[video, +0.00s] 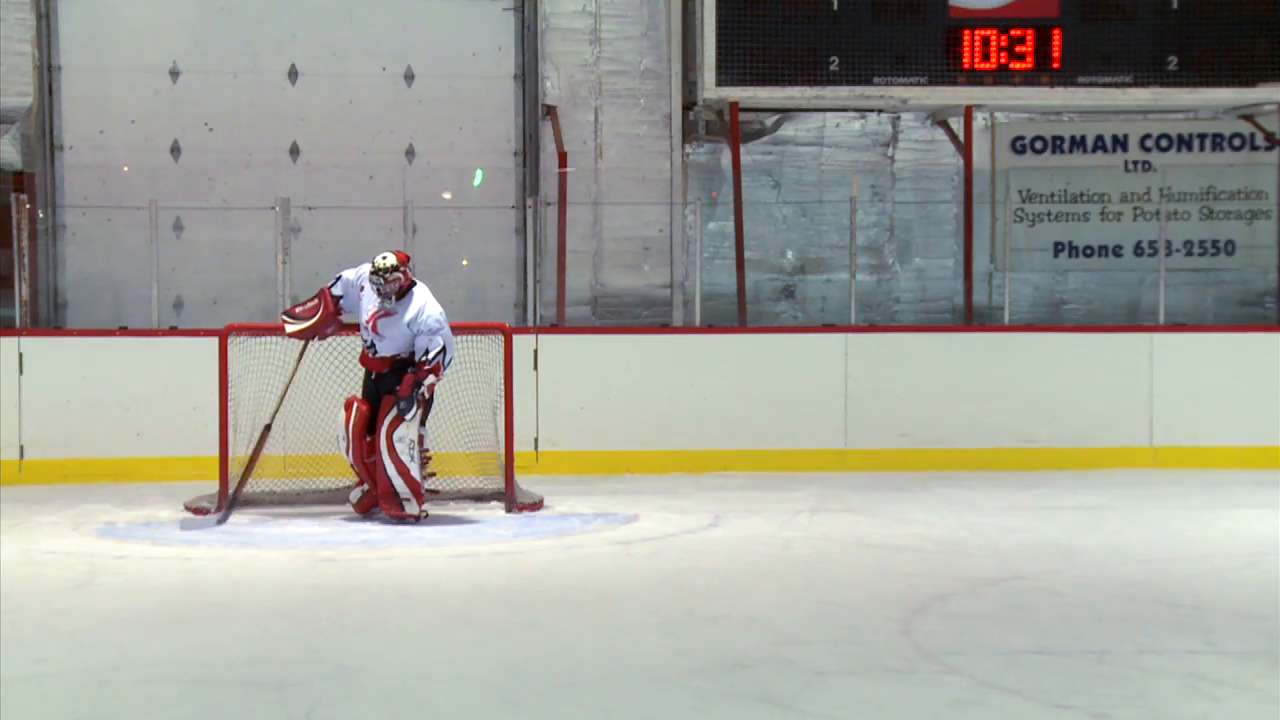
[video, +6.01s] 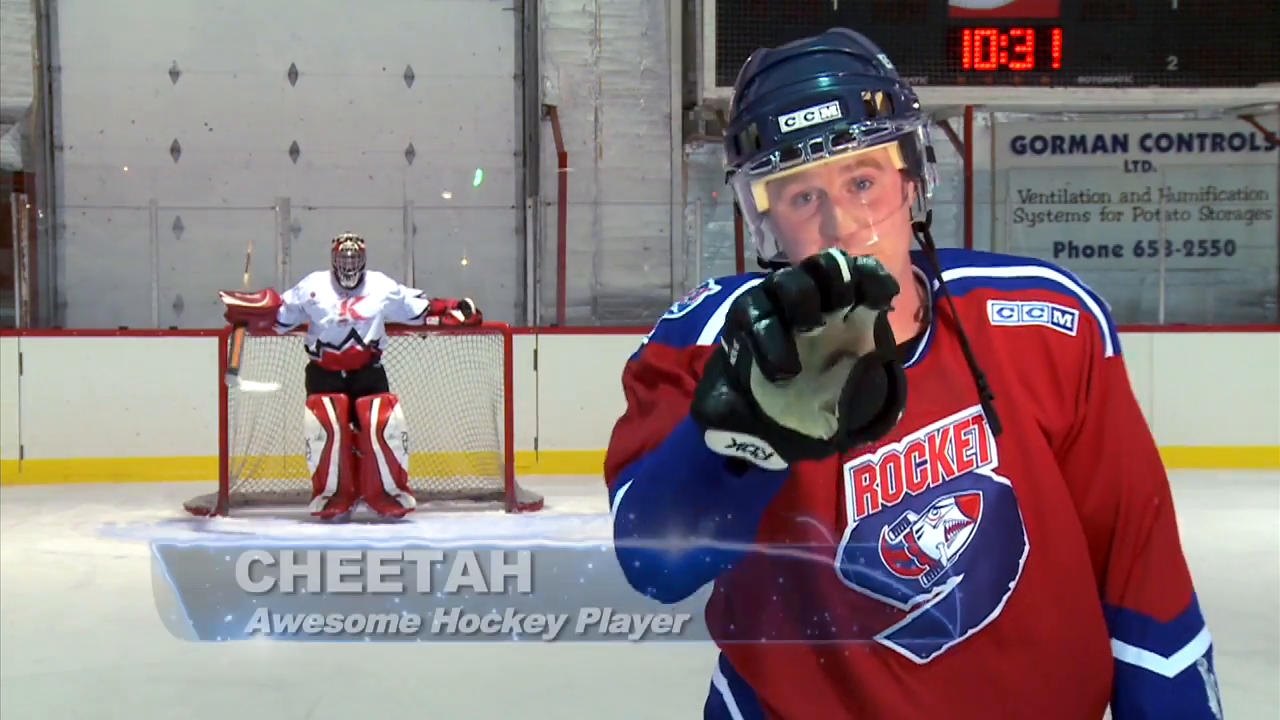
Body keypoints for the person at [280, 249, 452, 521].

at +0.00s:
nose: (387, 288)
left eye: (393, 281)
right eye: (381, 282)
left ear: (405, 277)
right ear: (374, 279)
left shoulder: (423, 307)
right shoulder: (367, 279)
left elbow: (435, 356)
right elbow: (340, 287)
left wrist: (413, 386)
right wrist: (318, 312)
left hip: (405, 375)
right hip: (374, 372)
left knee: (393, 437)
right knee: (365, 433)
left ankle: (404, 501)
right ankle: (373, 491)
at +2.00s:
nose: (403, 273)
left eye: (410, 267)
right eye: (399, 267)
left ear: (422, 269)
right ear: (391, 266)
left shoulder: (437, 306)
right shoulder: (371, 279)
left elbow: (451, 352)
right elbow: (336, 300)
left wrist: (442, 380)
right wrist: (308, 321)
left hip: (404, 379)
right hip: (367, 375)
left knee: (393, 436)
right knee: (351, 430)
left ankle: (399, 503)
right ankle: (351, 494)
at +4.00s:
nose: (344, 262)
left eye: (349, 256)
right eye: (338, 257)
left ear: (357, 257)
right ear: (328, 259)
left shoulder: (376, 285)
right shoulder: (313, 288)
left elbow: (407, 308)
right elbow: (293, 328)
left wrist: (443, 305)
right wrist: (306, 347)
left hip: (369, 374)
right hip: (330, 377)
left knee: (384, 429)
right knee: (335, 432)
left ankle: (384, 496)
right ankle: (336, 499)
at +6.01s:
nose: (350, 263)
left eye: (355, 258)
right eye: (344, 258)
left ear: (363, 259)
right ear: (334, 259)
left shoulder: (381, 287)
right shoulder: (313, 286)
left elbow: (419, 307)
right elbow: (280, 314)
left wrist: (452, 308)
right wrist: (247, 310)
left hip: (367, 372)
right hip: (325, 374)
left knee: (381, 430)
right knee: (330, 432)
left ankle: (385, 498)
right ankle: (334, 500)